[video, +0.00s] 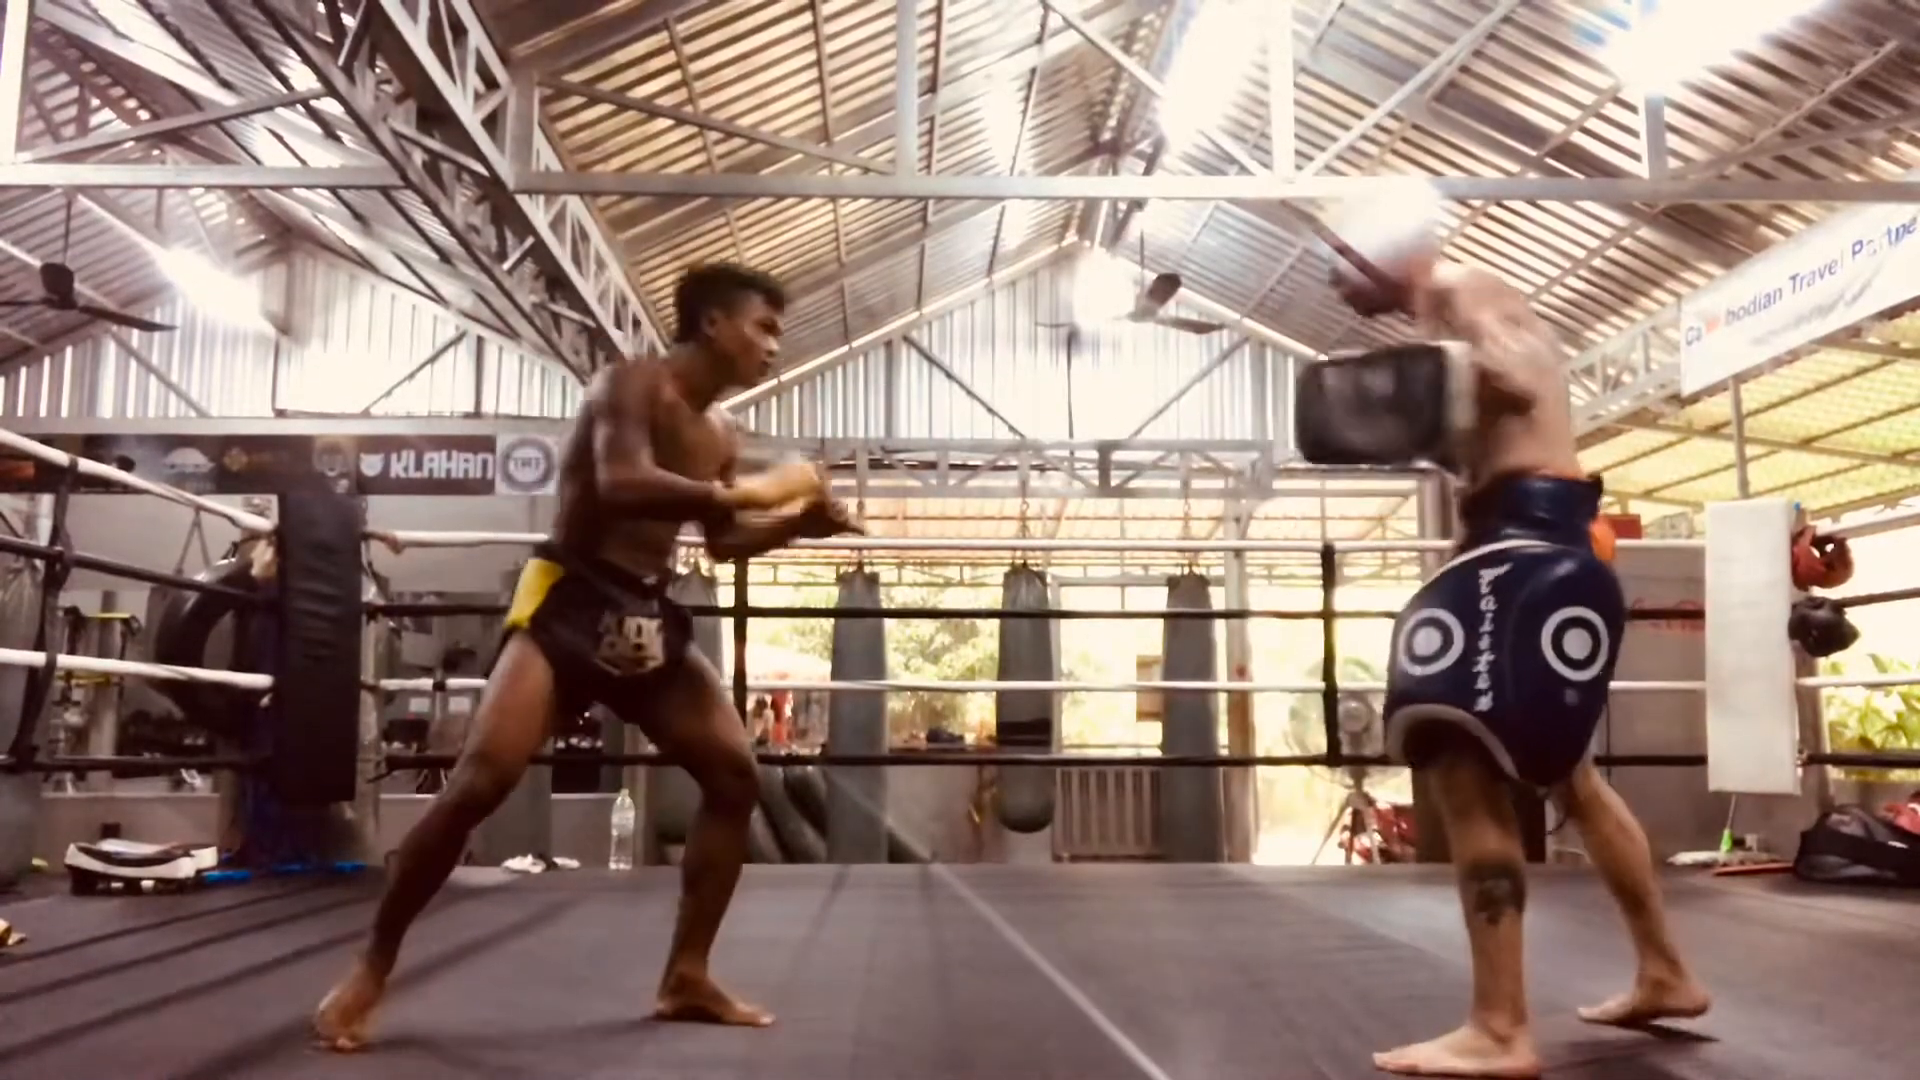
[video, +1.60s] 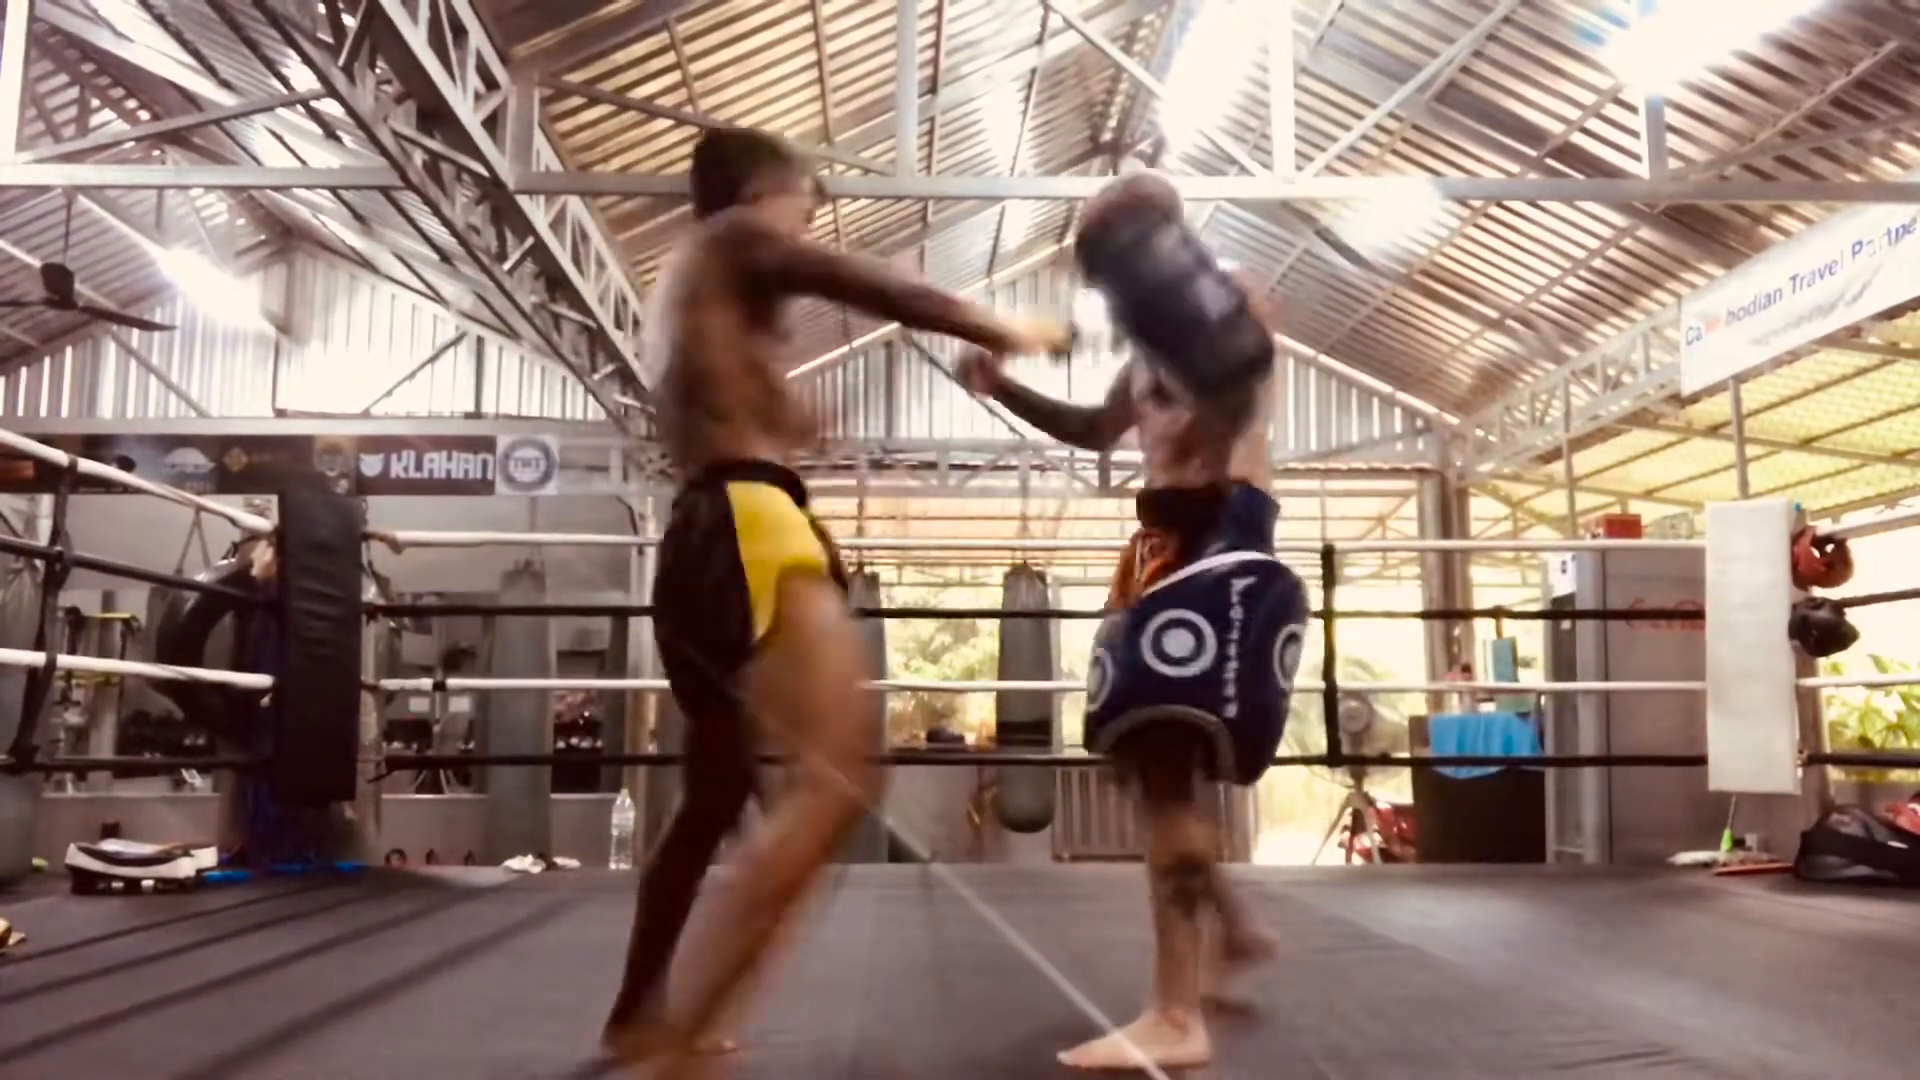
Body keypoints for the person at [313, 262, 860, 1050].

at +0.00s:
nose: (773, 347)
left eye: (776, 334)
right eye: (763, 328)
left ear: (730, 334)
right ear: (711, 322)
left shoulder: (721, 438)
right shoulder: (633, 381)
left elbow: (726, 539)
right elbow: (618, 482)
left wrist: (799, 520)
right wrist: (730, 495)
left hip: (648, 617)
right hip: (568, 597)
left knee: (735, 778)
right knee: (482, 780)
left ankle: (688, 975)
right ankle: (373, 969)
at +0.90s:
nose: (695, 266)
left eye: (695, 251)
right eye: (681, 246)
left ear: (634, 255)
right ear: (619, 247)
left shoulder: (637, 353)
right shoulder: (581, 319)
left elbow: (654, 489)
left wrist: (677, 508)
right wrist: (758, 352)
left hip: (605, 589)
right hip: (527, 579)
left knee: (725, 761)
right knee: (459, 799)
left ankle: (650, 988)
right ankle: (346, 1006)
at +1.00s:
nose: (710, 264)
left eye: (709, 250)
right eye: (696, 247)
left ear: (652, 254)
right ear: (643, 250)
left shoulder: (649, 337)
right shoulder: (618, 310)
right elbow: (756, 355)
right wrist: (765, 313)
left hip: (662, 576)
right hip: (599, 564)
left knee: (740, 792)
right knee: (594, 780)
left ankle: (638, 1008)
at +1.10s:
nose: (702, 267)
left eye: (704, 253)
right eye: (691, 249)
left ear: (627, 248)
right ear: (640, 238)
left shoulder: (595, 343)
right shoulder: (634, 292)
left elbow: (520, 457)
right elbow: (760, 335)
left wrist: (556, 527)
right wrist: (889, 333)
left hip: (639, 543)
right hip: (674, 514)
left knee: (703, 790)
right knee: (823, 578)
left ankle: (636, 1010)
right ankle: (761, 726)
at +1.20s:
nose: (703, 268)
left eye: (704, 254)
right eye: (695, 248)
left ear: (613, 250)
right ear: (643, 239)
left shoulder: (566, 378)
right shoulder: (646, 300)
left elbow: (560, 459)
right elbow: (745, 334)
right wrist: (890, 326)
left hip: (679, 562)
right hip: (729, 485)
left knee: (695, 791)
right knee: (935, 416)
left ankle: (637, 1013)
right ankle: (957, 440)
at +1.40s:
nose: (756, 241)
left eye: (758, 227)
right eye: (746, 222)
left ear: (690, 221)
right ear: (696, 214)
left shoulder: (697, 333)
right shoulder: (650, 270)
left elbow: (781, 423)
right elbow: (694, 294)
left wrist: (809, 319)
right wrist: (843, 261)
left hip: (683, 553)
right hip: (724, 489)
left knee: (690, 790)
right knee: (944, 409)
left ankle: (630, 1010)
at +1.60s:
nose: (809, 218)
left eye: (808, 202)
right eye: (798, 199)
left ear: (720, 199)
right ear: (755, 195)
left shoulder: (696, 285)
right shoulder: (734, 242)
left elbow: (736, 420)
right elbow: (886, 292)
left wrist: (802, 423)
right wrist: (1007, 331)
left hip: (703, 531)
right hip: (750, 515)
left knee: (715, 791)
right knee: (834, 777)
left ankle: (639, 1017)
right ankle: (686, 1035)